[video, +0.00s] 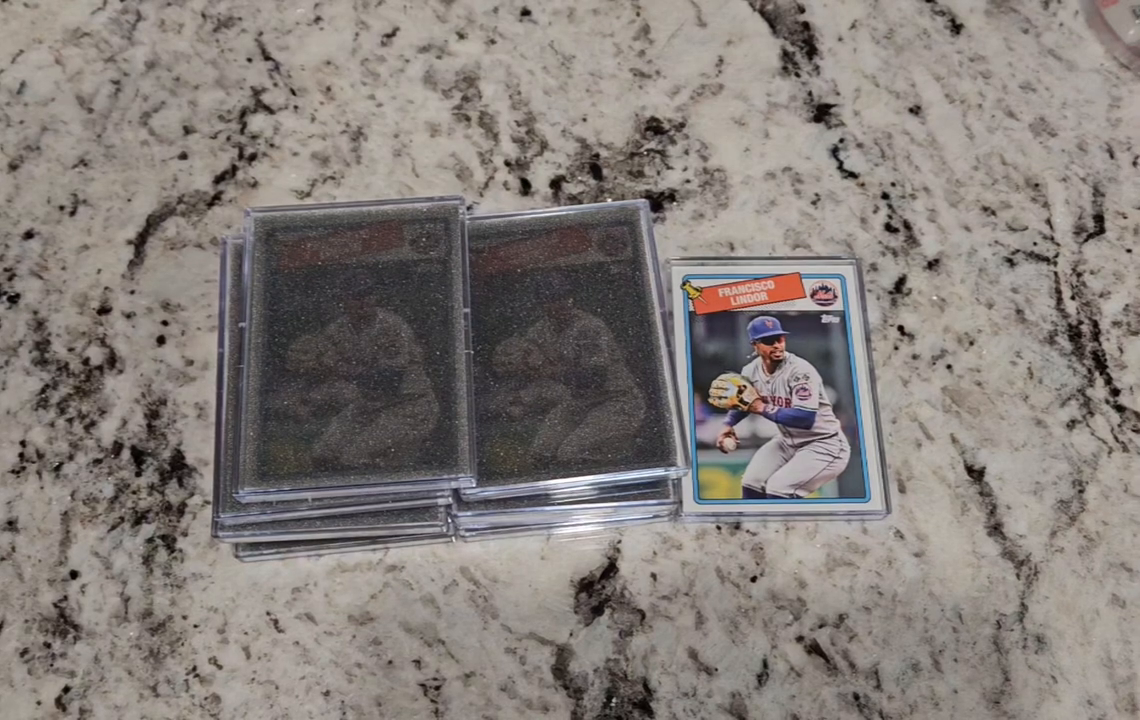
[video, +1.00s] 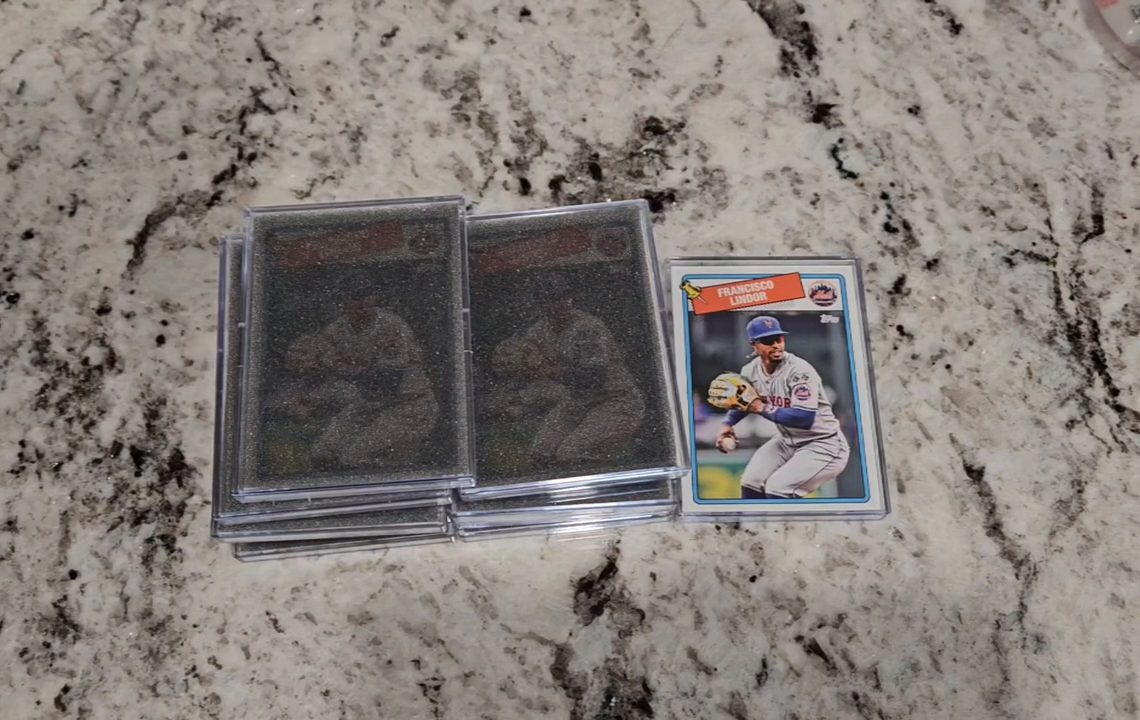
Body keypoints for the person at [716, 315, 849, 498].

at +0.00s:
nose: (777, 346)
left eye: (779, 339)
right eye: (769, 342)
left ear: (785, 339)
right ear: (755, 346)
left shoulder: (802, 371)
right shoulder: (750, 372)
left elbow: (805, 419)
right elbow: (743, 403)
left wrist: (761, 407)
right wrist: (727, 426)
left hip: (825, 445)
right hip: (788, 443)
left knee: (778, 488)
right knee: (752, 484)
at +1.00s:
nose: (776, 346)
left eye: (779, 339)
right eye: (768, 342)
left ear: (784, 339)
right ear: (755, 346)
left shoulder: (801, 371)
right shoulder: (749, 372)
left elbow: (804, 419)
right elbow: (743, 403)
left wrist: (761, 407)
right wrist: (726, 425)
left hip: (824, 445)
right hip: (787, 443)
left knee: (777, 488)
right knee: (751, 483)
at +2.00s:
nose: (776, 346)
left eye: (778, 339)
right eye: (767, 342)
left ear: (783, 339)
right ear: (754, 346)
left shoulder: (801, 371)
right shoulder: (749, 372)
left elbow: (804, 419)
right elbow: (743, 403)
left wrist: (761, 407)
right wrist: (726, 425)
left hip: (824, 446)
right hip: (786, 443)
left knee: (777, 488)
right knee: (751, 483)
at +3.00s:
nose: (776, 346)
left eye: (778, 339)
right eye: (768, 342)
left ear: (783, 339)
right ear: (754, 346)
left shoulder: (801, 371)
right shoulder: (749, 372)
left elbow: (804, 419)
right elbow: (743, 402)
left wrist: (760, 407)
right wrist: (726, 424)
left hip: (824, 445)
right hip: (786, 443)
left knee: (777, 487)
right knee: (751, 483)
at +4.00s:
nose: (776, 346)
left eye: (778, 339)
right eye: (767, 342)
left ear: (783, 339)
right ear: (754, 346)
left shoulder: (801, 371)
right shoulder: (749, 372)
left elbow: (804, 419)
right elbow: (743, 402)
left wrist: (760, 407)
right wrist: (726, 425)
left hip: (824, 445)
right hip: (786, 442)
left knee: (777, 487)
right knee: (751, 483)